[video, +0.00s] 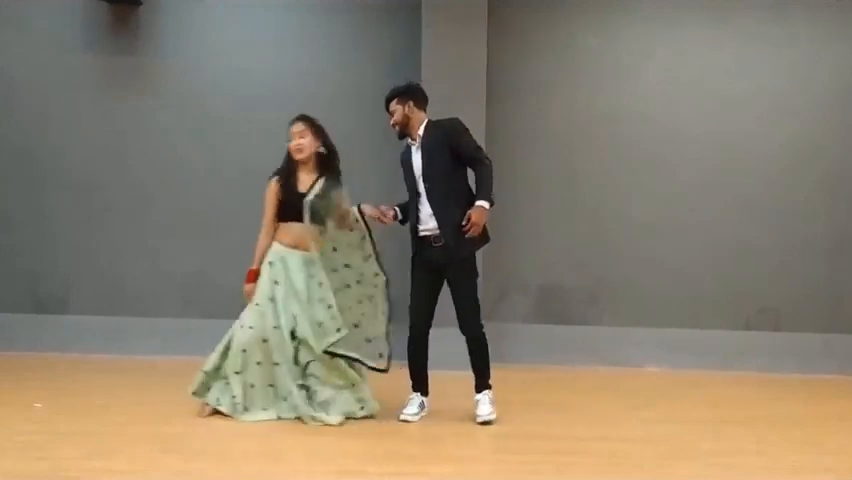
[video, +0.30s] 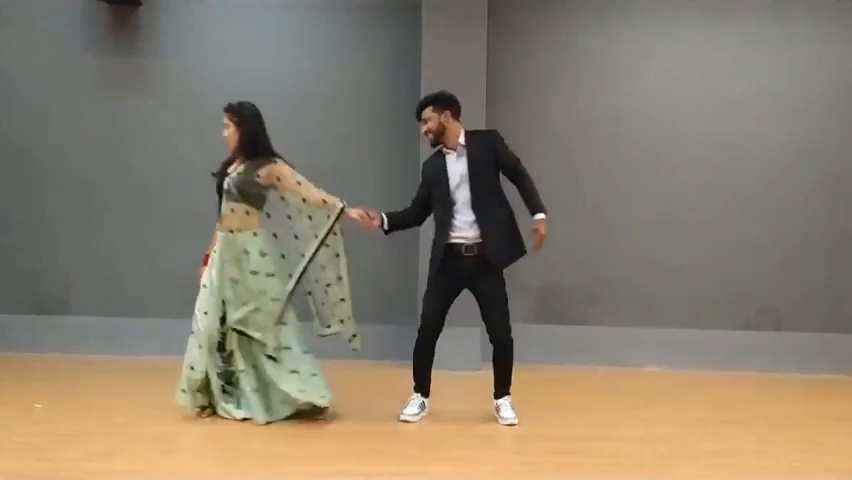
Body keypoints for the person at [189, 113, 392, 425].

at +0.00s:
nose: (296, 143)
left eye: (303, 136)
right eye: (292, 138)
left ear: (319, 142)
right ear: (288, 145)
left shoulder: (330, 185)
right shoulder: (278, 183)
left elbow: (344, 222)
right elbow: (267, 231)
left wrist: (362, 212)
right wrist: (253, 274)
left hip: (310, 263)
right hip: (278, 261)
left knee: (311, 331)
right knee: (257, 327)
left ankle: (310, 399)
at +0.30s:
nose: (224, 133)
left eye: (229, 127)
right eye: (224, 126)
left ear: (246, 130)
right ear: (241, 130)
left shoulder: (268, 168)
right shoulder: (232, 167)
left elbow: (307, 193)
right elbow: (226, 218)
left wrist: (346, 210)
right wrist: (211, 254)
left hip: (252, 252)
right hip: (225, 253)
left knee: (263, 324)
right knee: (215, 324)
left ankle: (302, 395)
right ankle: (223, 398)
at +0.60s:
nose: (205, 125)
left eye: (209, 119)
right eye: (205, 119)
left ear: (226, 120)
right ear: (221, 120)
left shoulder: (249, 153)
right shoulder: (217, 156)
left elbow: (291, 156)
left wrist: (338, 157)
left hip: (239, 242)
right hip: (212, 243)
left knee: (257, 316)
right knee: (207, 317)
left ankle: (302, 392)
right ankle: (203, 395)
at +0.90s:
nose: (231, 132)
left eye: (239, 126)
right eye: (228, 126)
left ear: (255, 130)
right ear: (223, 129)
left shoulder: (275, 161)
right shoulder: (224, 170)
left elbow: (310, 181)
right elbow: (206, 220)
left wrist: (337, 168)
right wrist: (169, 243)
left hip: (277, 250)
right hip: (241, 250)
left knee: (274, 321)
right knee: (230, 316)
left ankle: (275, 396)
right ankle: (213, 392)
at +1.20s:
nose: (321, 134)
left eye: (319, 127)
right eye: (316, 128)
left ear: (295, 135)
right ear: (303, 136)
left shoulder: (284, 167)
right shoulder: (314, 171)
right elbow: (353, 194)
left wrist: (344, 184)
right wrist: (354, 164)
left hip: (292, 252)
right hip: (315, 256)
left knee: (290, 324)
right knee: (333, 326)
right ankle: (315, 403)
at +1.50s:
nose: (347, 129)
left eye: (353, 123)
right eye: (348, 122)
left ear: (370, 127)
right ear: (368, 129)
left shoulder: (365, 164)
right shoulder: (374, 160)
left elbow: (345, 202)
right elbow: (352, 193)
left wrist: (331, 181)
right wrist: (333, 179)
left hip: (373, 246)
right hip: (380, 243)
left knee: (366, 320)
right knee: (379, 320)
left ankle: (375, 401)